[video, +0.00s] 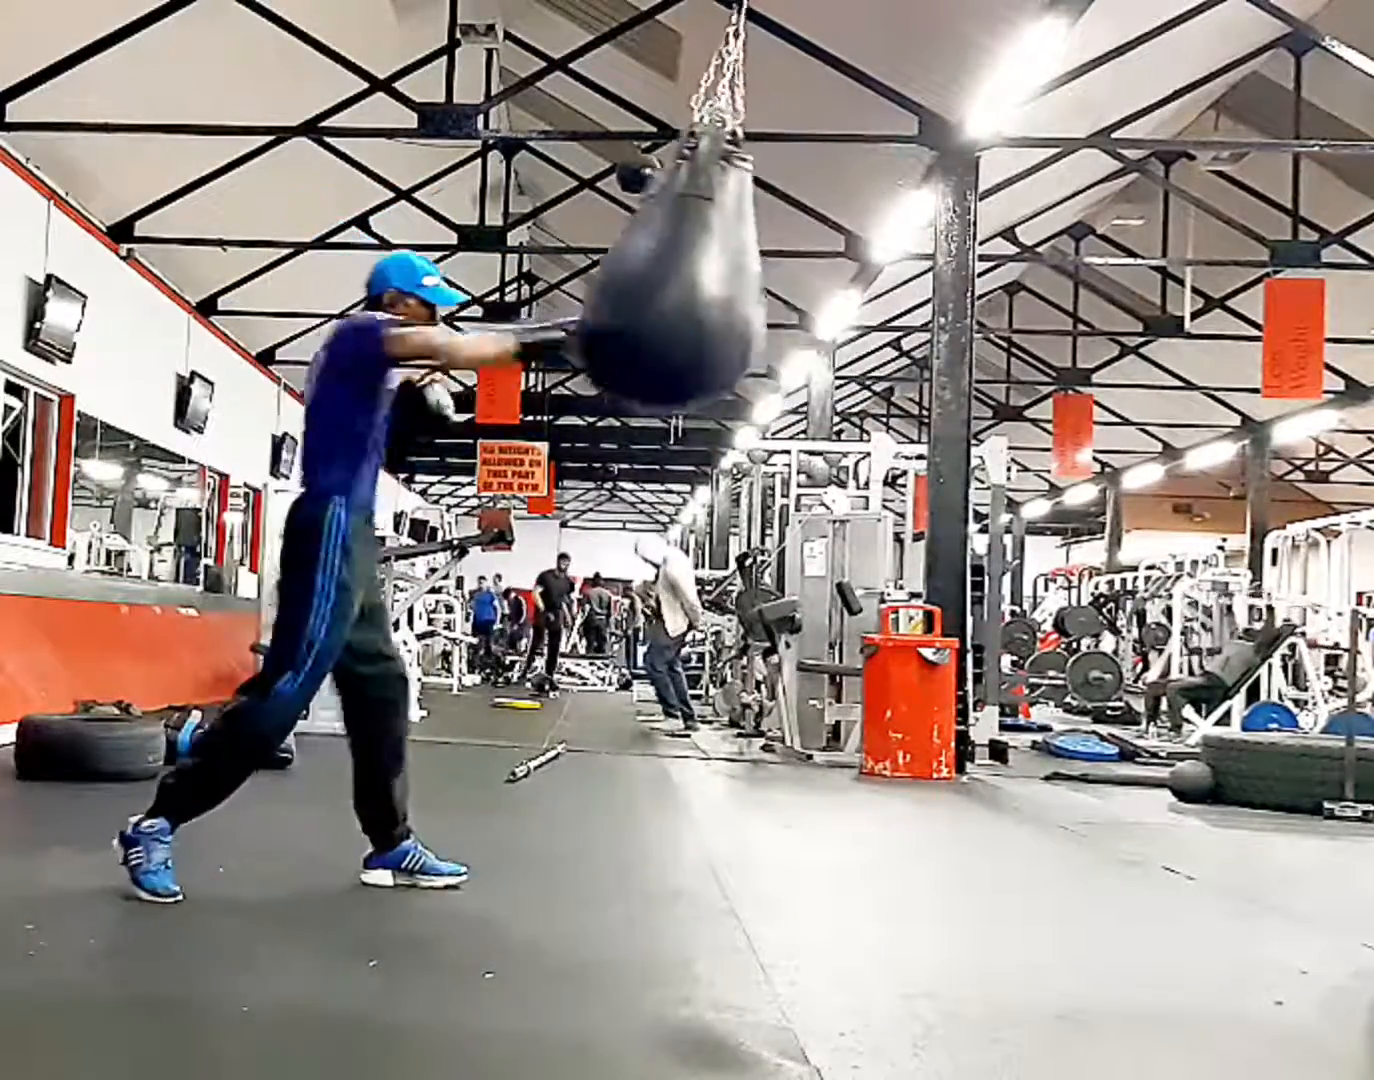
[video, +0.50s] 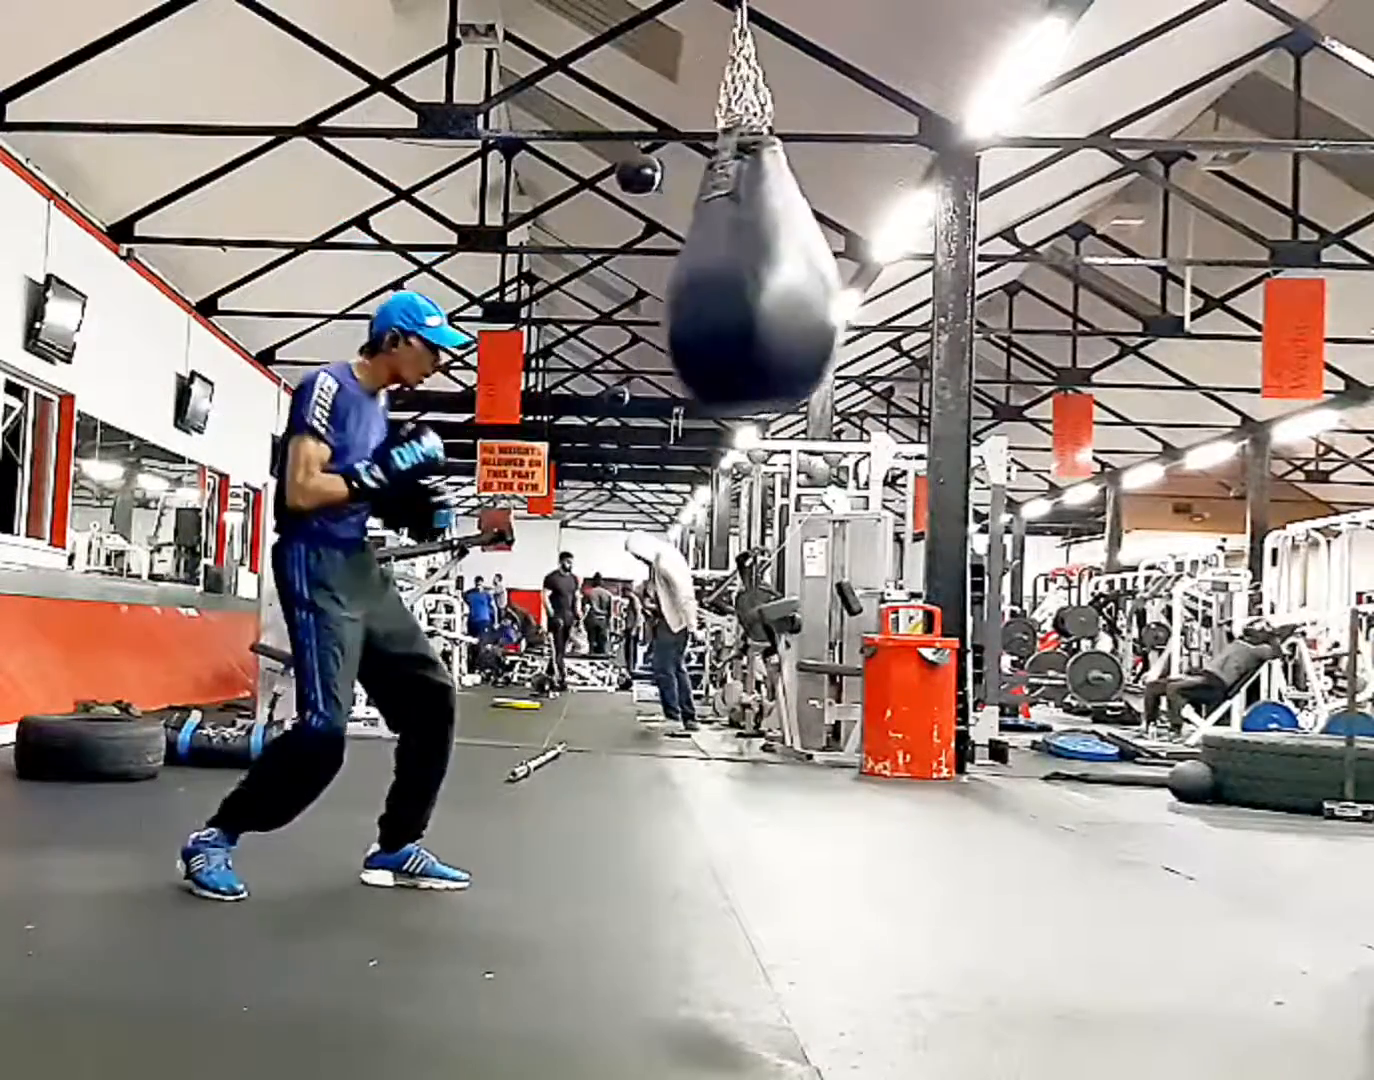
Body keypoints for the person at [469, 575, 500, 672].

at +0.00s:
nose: (481, 585)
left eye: (482, 582)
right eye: (479, 582)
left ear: (486, 583)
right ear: (477, 583)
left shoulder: (491, 594)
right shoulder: (475, 594)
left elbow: (497, 607)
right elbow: (472, 608)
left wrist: (497, 621)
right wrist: (472, 621)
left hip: (489, 621)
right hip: (478, 621)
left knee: (488, 643)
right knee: (478, 642)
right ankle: (476, 660)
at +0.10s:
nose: (480, 584)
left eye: (482, 582)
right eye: (478, 582)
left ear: (485, 582)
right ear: (476, 583)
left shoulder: (490, 594)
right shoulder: (472, 593)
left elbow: (496, 607)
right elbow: (466, 603)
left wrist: (497, 621)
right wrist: (468, 611)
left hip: (488, 623)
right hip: (476, 623)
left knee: (489, 646)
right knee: (476, 646)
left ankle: (491, 668)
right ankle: (476, 667)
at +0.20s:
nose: (479, 583)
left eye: (481, 580)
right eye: (478, 581)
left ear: (484, 581)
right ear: (476, 582)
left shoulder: (489, 592)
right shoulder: (471, 592)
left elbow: (495, 606)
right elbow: (465, 602)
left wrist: (496, 620)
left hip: (486, 619)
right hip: (474, 619)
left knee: (484, 639)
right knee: (474, 640)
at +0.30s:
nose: (479, 583)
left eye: (481, 581)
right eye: (477, 581)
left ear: (484, 581)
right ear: (475, 582)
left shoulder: (488, 593)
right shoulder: (469, 593)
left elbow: (495, 607)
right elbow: (464, 604)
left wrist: (497, 621)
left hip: (486, 620)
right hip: (473, 621)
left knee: (485, 642)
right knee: (473, 643)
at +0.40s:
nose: (478, 584)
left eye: (480, 582)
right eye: (477, 582)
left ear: (482, 582)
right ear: (475, 582)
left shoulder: (487, 594)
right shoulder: (469, 594)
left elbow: (493, 608)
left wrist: (494, 621)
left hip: (485, 621)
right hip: (473, 621)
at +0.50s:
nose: (478, 585)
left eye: (480, 583)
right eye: (477, 583)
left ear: (483, 583)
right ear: (475, 583)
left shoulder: (487, 595)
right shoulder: (469, 595)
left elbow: (494, 608)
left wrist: (495, 622)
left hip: (485, 621)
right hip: (473, 621)